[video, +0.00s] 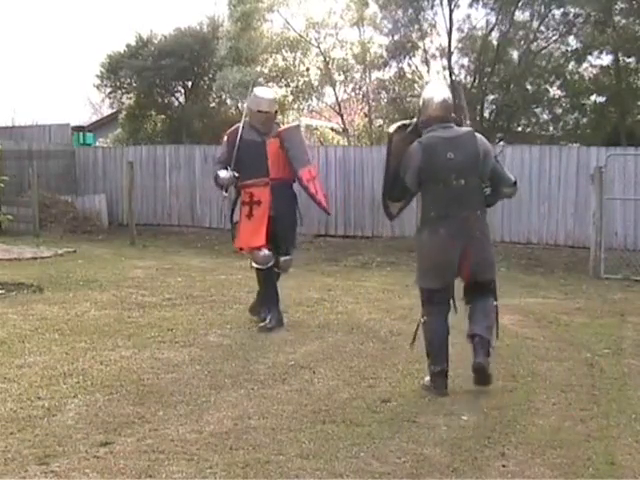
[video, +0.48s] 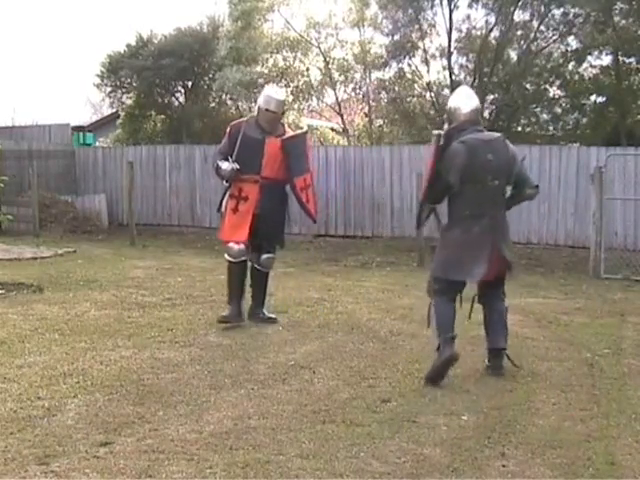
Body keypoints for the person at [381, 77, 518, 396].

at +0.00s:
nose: (422, 120)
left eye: (424, 115)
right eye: (427, 114)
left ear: (425, 119)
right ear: (454, 115)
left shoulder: (419, 148)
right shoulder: (475, 141)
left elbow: (396, 197)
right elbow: (507, 186)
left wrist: (394, 152)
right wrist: (480, 202)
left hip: (435, 232)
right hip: (474, 230)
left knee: (435, 303)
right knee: (482, 292)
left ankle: (438, 377)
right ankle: (481, 354)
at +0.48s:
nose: (449, 121)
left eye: (450, 116)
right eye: (451, 116)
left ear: (455, 116)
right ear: (478, 114)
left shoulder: (456, 149)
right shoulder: (501, 145)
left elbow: (436, 193)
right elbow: (528, 189)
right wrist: (500, 206)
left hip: (462, 233)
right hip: (495, 232)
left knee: (443, 289)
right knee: (493, 292)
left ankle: (446, 347)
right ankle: (496, 358)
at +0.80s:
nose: (462, 121)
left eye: (464, 117)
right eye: (464, 116)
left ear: (468, 117)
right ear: (492, 116)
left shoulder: (469, 146)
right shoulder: (510, 146)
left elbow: (457, 184)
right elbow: (532, 192)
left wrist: (441, 192)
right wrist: (505, 202)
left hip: (474, 228)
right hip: (506, 230)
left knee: (458, 278)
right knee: (503, 288)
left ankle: (474, 341)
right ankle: (500, 353)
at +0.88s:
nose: (463, 125)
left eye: (464, 121)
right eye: (465, 120)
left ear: (469, 121)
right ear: (491, 120)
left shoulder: (468, 149)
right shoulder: (510, 149)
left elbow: (453, 185)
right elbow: (532, 193)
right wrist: (505, 203)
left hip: (478, 230)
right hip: (509, 231)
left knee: (465, 282)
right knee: (505, 289)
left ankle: (481, 341)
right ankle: (501, 353)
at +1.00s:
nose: (460, 126)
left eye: (461, 122)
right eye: (461, 122)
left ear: (466, 122)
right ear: (487, 119)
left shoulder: (468, 151)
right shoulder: (508, 148)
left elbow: (451, 181)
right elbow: (532, 190)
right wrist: (507, 201)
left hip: (478, 231)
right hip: (510, 230)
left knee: (470, 285)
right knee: (505, 285)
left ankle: (483, 341)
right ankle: (506, 338)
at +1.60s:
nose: (480, 124)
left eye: (482, 120)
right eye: (480, 120)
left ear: (490, 120)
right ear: (505, 119)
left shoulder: (487, 147)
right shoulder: (521, 147)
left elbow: (474, 165)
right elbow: (544, 185)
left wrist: (472, 131)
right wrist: (529, 209)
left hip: (492, 226)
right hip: (517, 225)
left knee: (476, 277)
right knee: (518, 275)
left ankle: (483, 336)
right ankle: (533, 329)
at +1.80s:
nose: (483, 124)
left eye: (484, 120)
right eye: (483, 120)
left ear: (489, 120)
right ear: (508, 117)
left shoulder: (499, 147)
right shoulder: (525, 146)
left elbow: (488, 185)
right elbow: (539, 183)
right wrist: (520, 203)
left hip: (497, 222)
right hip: (522, 224)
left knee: (461, 260)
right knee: (519, 273)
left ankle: (475, 323)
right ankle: (534, 328)